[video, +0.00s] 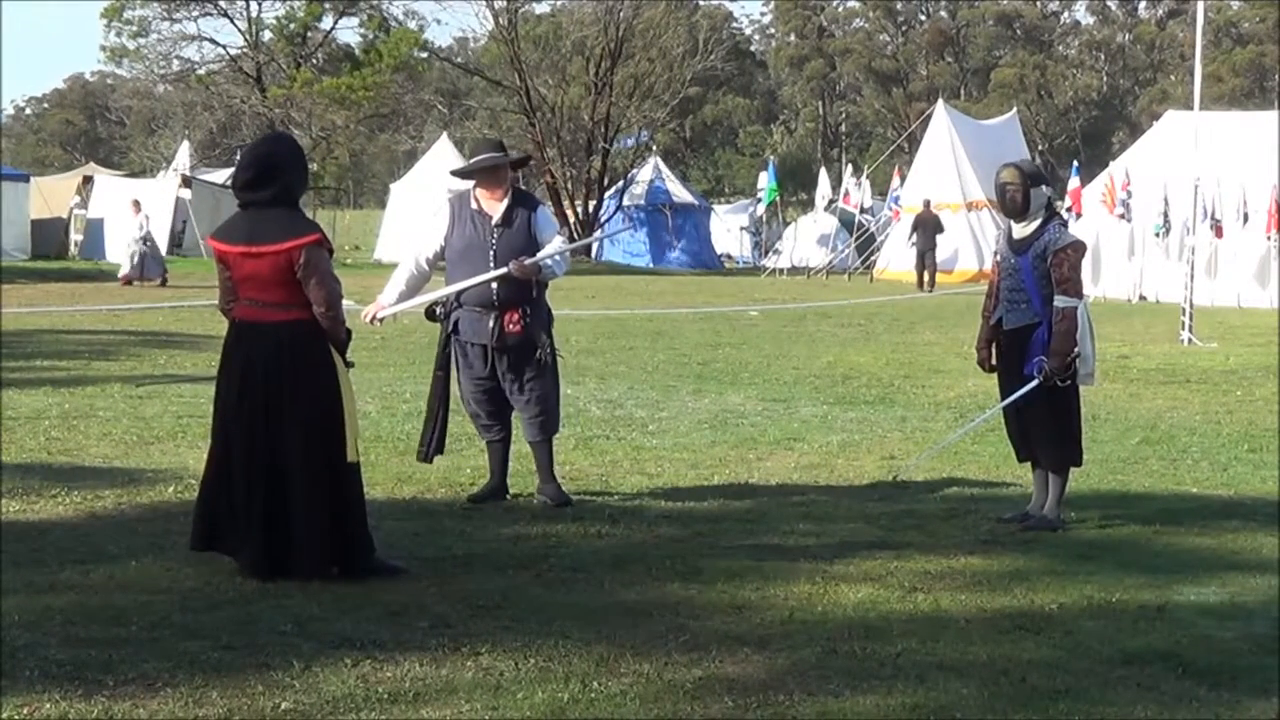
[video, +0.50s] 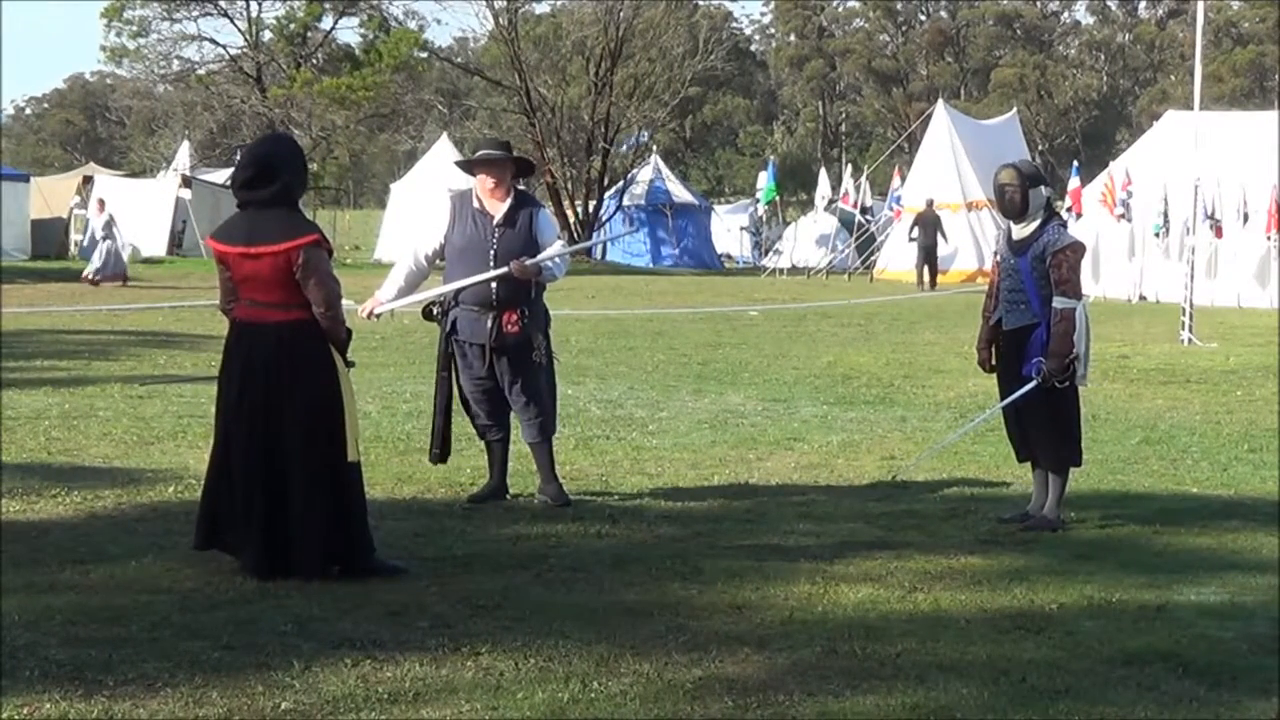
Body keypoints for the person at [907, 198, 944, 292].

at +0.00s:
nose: (926, 207)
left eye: (925, 205)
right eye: (927, 205)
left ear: (923, 205)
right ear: (930, 205)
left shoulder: (918, 216)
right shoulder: (935, 216)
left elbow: (913, 228)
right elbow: (941, 229)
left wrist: (909, 238)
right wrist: (933, 231)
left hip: (920, 245)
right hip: (930, 245)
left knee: (919, 266)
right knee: (931, 265)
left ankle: (920, 285)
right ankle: (930, 285)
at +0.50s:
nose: (931, 206)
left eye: (929, 204)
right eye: (931, 204)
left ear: (925, 204)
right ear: (933, 204)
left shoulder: (920, 215)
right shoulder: (936, 216)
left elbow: (912, 226)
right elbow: (940, 228)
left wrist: (909, 236)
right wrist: (945, 238)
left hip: (922, 243)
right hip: (932, 244)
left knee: (920, 263)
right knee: (933, 264)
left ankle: (920, 284)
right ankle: (933, 283)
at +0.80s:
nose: (934, 204)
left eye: (933, 202)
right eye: (935, 202)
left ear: (929, 202)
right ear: (937, 202)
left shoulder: (924, 213)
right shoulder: (940, 212)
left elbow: (919, 225)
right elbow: (945, 224)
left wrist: (917, 234)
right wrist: (948, 233)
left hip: (927, 241)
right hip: (936, 241)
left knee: (926, 258)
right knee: (936, 261)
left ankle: (926, 278)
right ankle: (934, 283)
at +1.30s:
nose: (946, 205)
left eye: (944, 203)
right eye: (945, 203)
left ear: (937, 203)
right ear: (944, 203)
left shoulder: (931, 213)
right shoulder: (947, 215)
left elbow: (926, 224)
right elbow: (950, 228)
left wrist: (923, 233)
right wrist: (955, 237)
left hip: (934, 242)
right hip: (944, 242)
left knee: (934, 261)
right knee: (947, 259)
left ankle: (933, 280)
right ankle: (941, 278)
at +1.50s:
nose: (951, 206)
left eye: (950, 204)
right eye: (951, 204)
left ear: (943, 204)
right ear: (950, 204)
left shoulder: (938, 213)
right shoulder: (952, 215)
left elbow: (931, 225)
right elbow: (953, 228)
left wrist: (931, 234)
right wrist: (956, 238)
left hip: (940, 241)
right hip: (950, 241)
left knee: (937, 261)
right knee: (952, 262)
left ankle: (934, 281)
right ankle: (955, 280)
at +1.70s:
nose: (959, 208)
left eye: (958, 206)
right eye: (958, 206)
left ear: (951, 206)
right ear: (957, 206)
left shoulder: (945, 216)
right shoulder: (960, 217)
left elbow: (940, 230)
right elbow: (962, 231)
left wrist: (944, 237)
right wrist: (966, 239)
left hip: (948, 243)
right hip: (958, 243)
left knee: (944, 262)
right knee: (959, 263)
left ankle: (938, 279)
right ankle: (958, 282)